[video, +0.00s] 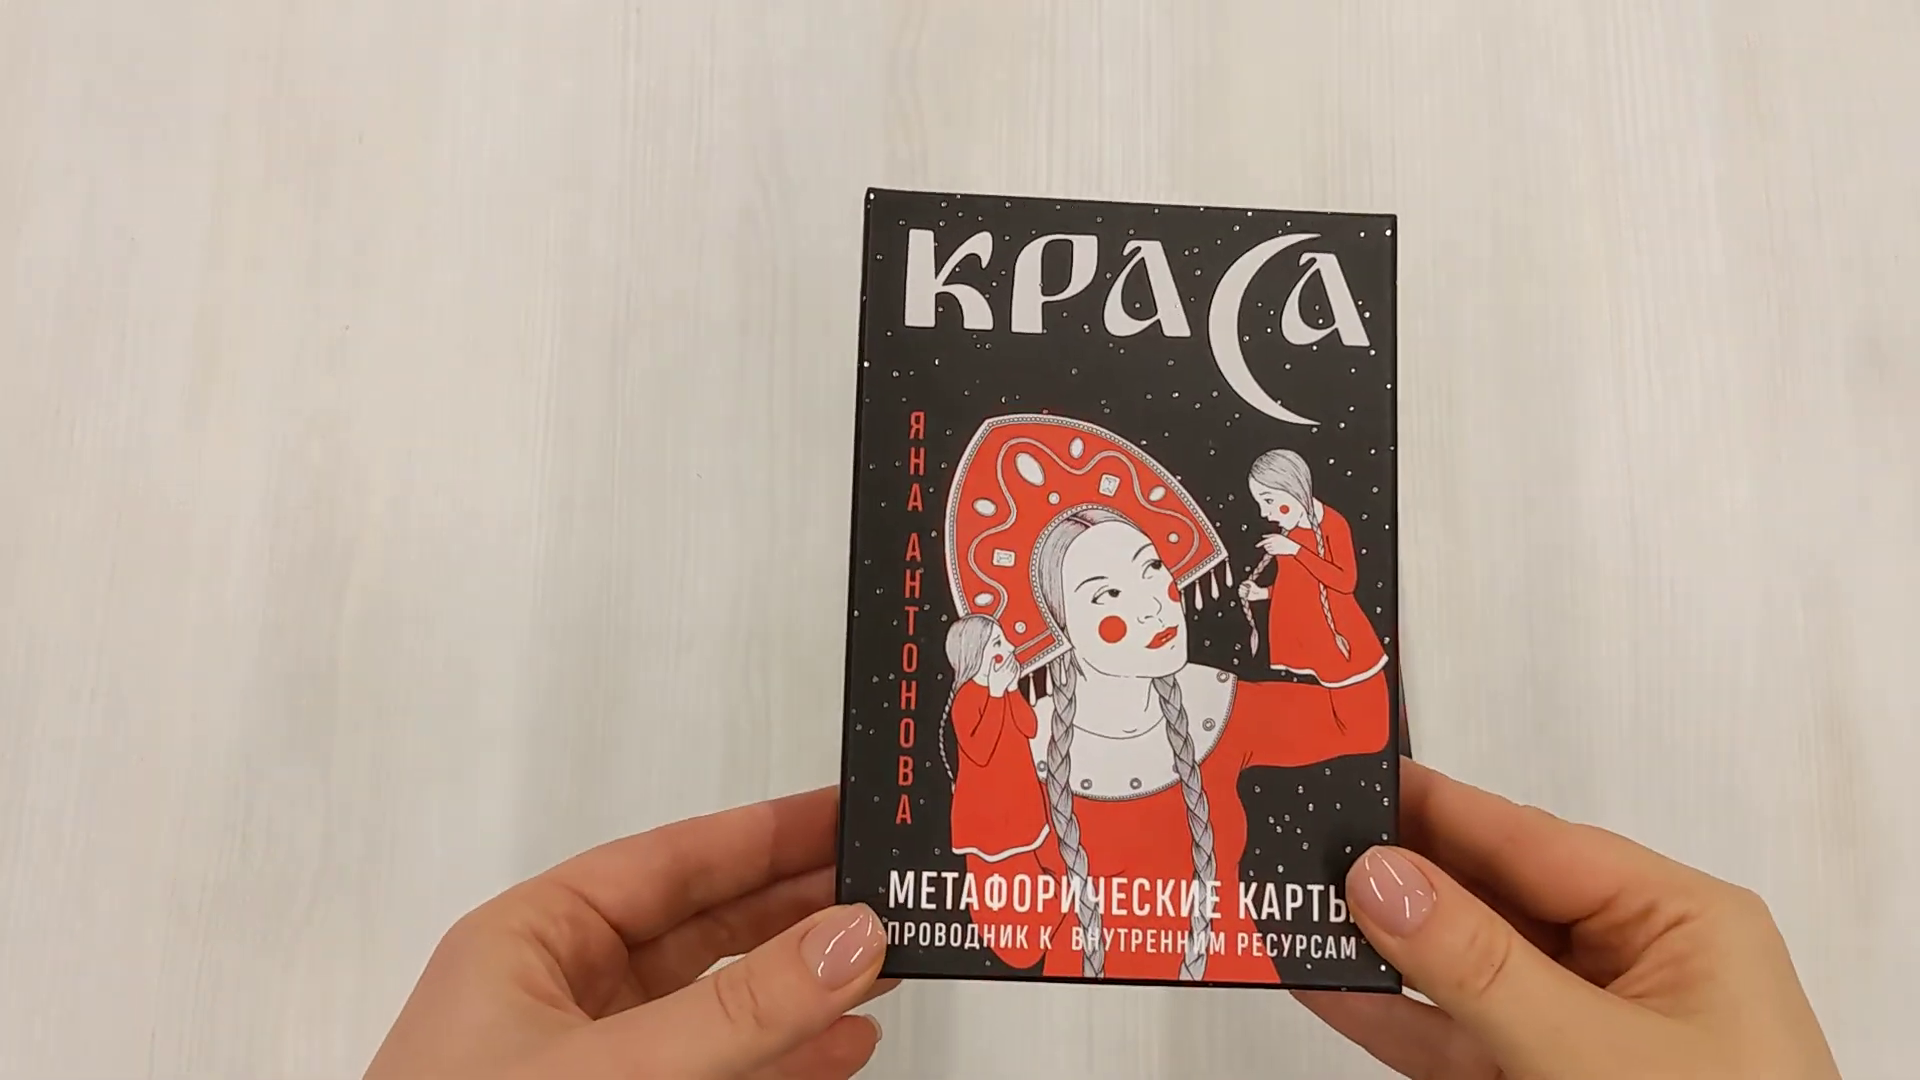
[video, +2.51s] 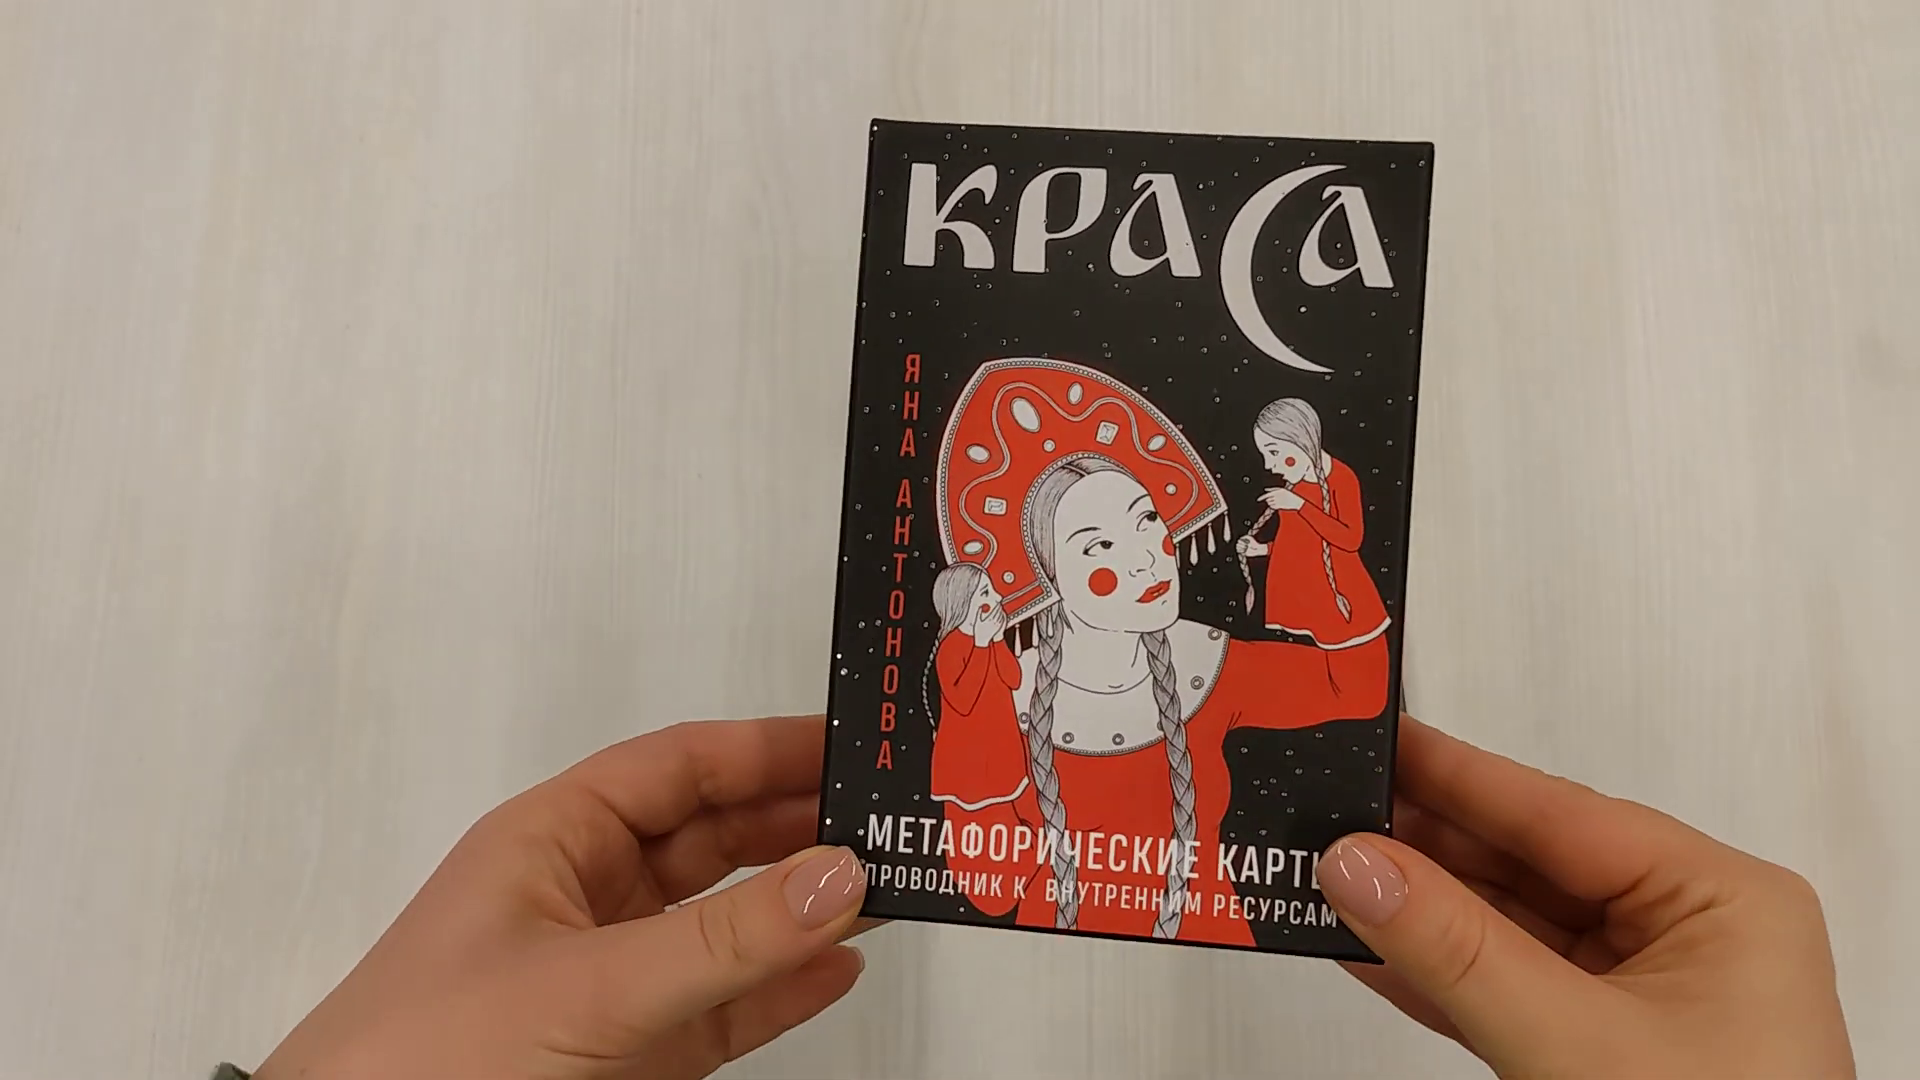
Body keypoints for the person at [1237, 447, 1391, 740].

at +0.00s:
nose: (1266, 513)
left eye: (1272, 501)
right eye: (1261, 504)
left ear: (1297, 490)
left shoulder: (1333, 524)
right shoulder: (1290, 528)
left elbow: (1346, 581)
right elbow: (1298, 586)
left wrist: (1296, 550)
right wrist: (1264, 592)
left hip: (1343, 651)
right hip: (1303, 652)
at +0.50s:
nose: (1253, 473)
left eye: (1257, 460)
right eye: (1248, 463)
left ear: (1282, 447)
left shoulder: (1326, 481)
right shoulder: (1280, 487)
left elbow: (1339, 537)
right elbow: (1288, 545)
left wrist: (1286, 508)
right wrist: (1252, 553)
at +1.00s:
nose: (1267, 489)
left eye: (1270, 476)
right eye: (1263, 480)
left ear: (1295, 464)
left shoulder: (1338, 496)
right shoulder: (1292, 504)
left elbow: (1352, 547)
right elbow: (1302, 552)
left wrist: (1299, 520)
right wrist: (1266, 560)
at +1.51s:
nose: (1198, 500)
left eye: (1200, 488)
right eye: (1194, 491)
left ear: (1220, 479)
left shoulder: (1256, 517)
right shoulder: (1223, 519)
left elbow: (1274, 566)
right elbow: (1237, 566)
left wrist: (1227, 535)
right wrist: (1204, 569)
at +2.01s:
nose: (1247, 480)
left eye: (1251, 467)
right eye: (1243, 471)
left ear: (1275, 456)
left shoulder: (1310, 493)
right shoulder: (1273, 495)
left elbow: (1321, 551)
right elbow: (1279, 552)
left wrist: (1276, 518)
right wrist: (1245, 561)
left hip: (1323, 621)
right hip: (1298, 623)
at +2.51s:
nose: (1269, 465)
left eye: (1274, 451)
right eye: (1264, 455)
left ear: (1301, 440)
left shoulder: (1342, 479)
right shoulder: (1297, 483)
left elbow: (1352, 539)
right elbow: (1301, 543)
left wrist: (1300, 504)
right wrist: (1262, 549)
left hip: (1354, 621)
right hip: (1322, 622)